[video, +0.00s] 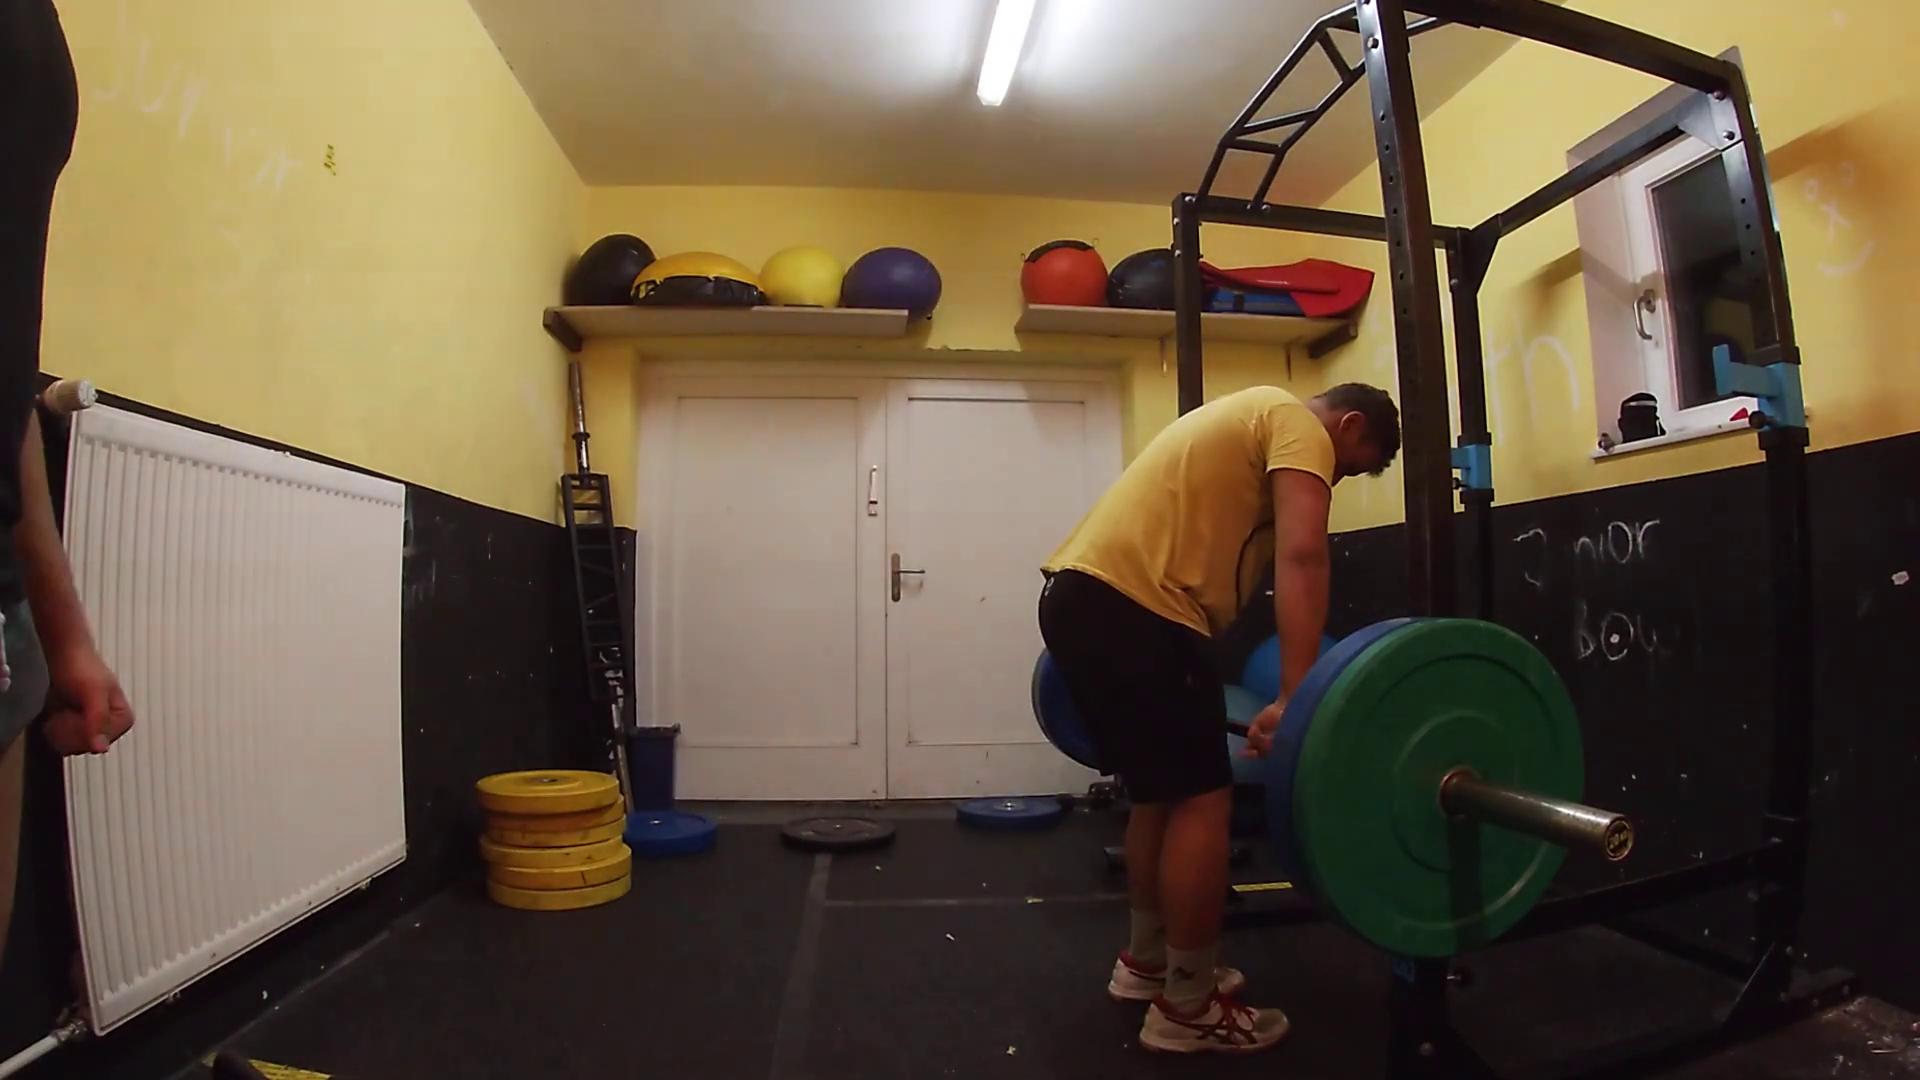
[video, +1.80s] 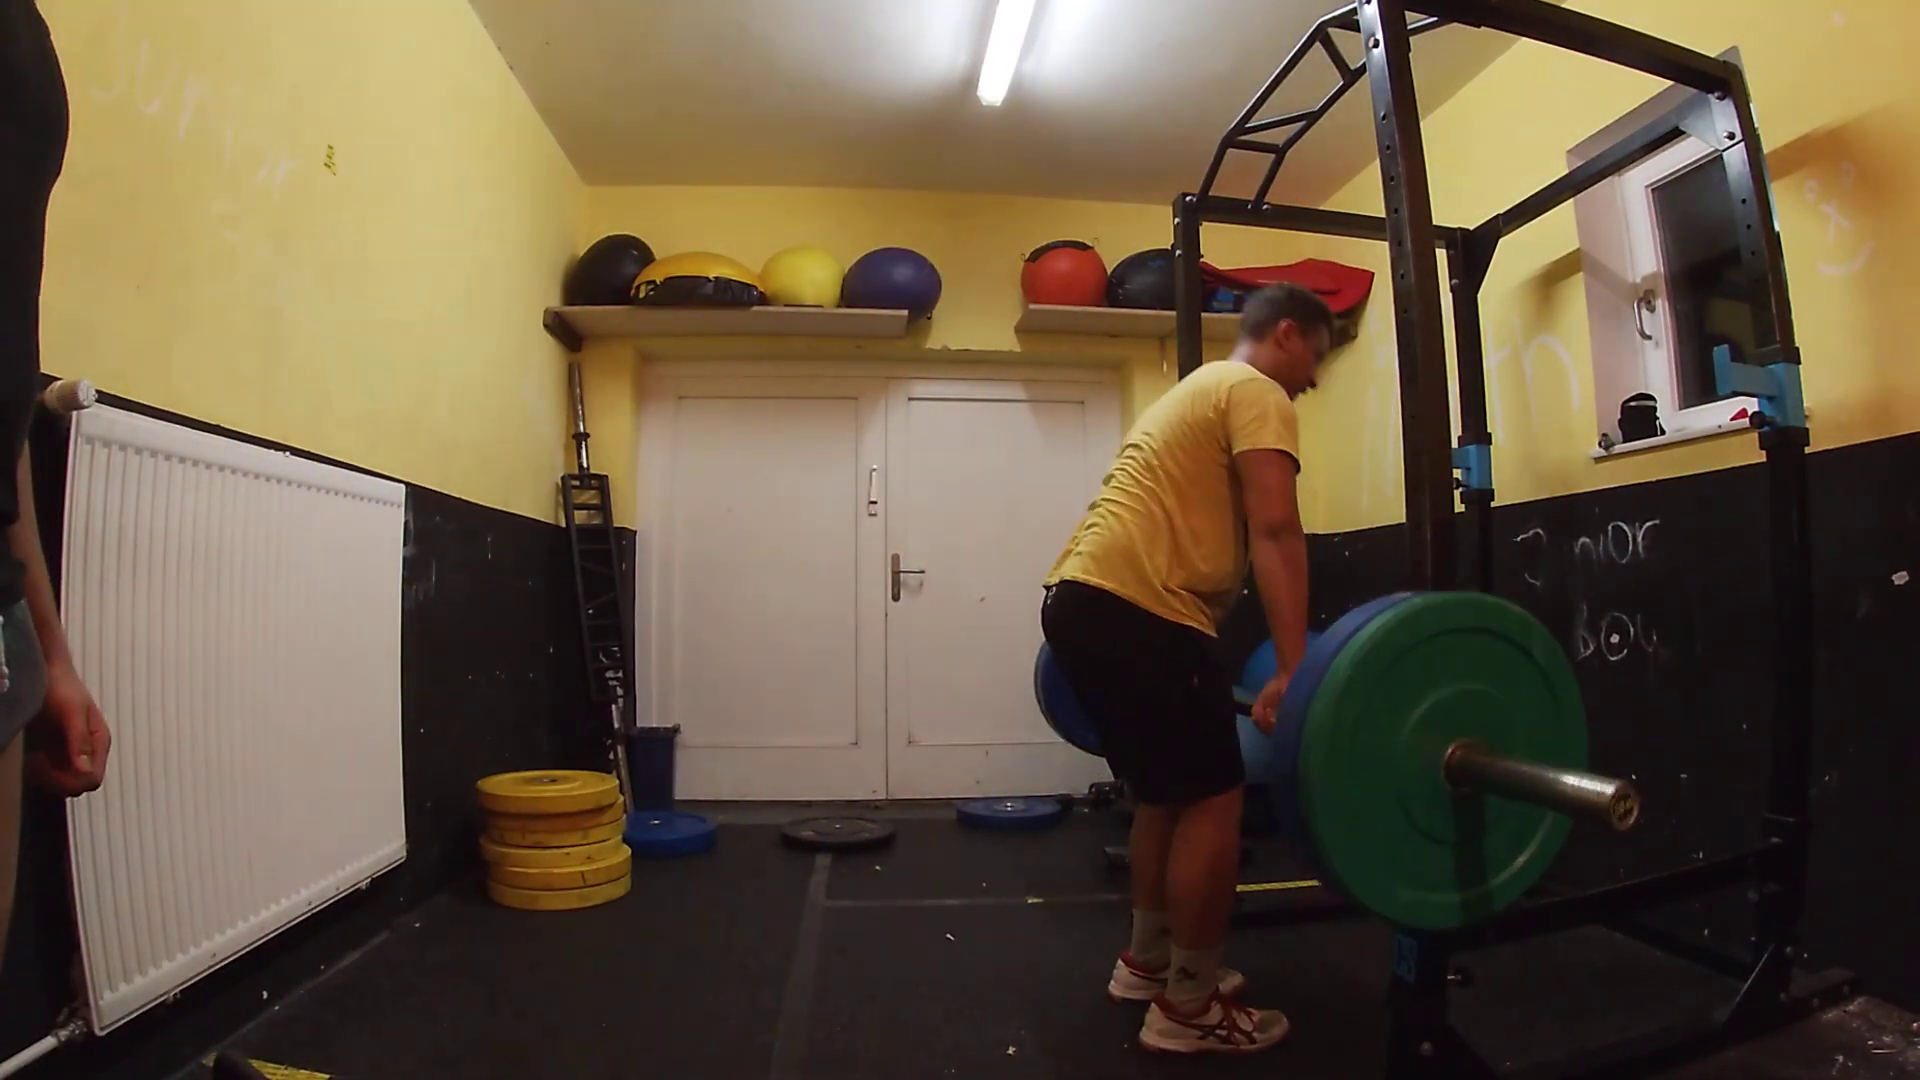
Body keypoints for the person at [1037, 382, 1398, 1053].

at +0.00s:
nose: (1342, 478)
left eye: (1354, 473)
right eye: (1356, 465)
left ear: (1338, 412)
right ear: (1348, 425)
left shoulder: (1240, 422)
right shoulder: (1295, 423)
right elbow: (1302, 553)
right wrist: (1295, 698)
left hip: (1083, 590)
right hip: (1138, 604)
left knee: (1155, 791)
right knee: (1203, 796)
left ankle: (1147, 957)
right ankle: (1188, 1006)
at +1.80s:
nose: (1314, 378)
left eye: (1319, 363)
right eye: (1315, 359)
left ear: (1258, 332)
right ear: (1288, 334)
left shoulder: (1198, 389)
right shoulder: (1253, 389)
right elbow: (1274, 527)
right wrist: (1293, 668)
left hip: (1084, 598)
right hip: (1140, 607)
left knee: (1160, 791)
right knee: (1214, 796)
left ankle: (1148, 960)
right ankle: (1190, 1004)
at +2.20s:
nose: (1186, 285)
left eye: (1185, 271)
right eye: (1179, 268)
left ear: (1119, 269)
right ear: (1142, 263)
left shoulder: (1088, 341)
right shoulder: (1148, 328)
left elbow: (1102, 472)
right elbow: (1195, 446)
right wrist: (1250, 565)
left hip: (1098, 595)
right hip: (1142, 601)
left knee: (1148, 782)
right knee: (1179, 787)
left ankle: (1146, 960)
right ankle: (1107, 994)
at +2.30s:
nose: (1161, 277)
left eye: (1158, 261)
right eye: (1153, 260)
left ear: (1093, 265)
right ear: (1117, 260)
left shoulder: (1067, 340)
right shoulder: (1127, 327)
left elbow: (1088, 474)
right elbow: (1175, 454)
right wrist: (1236, 574)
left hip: (1091, 595)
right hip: (1126, 601)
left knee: (1161, 787)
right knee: (1146, 796)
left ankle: (1147, 960)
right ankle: (1100, 997)